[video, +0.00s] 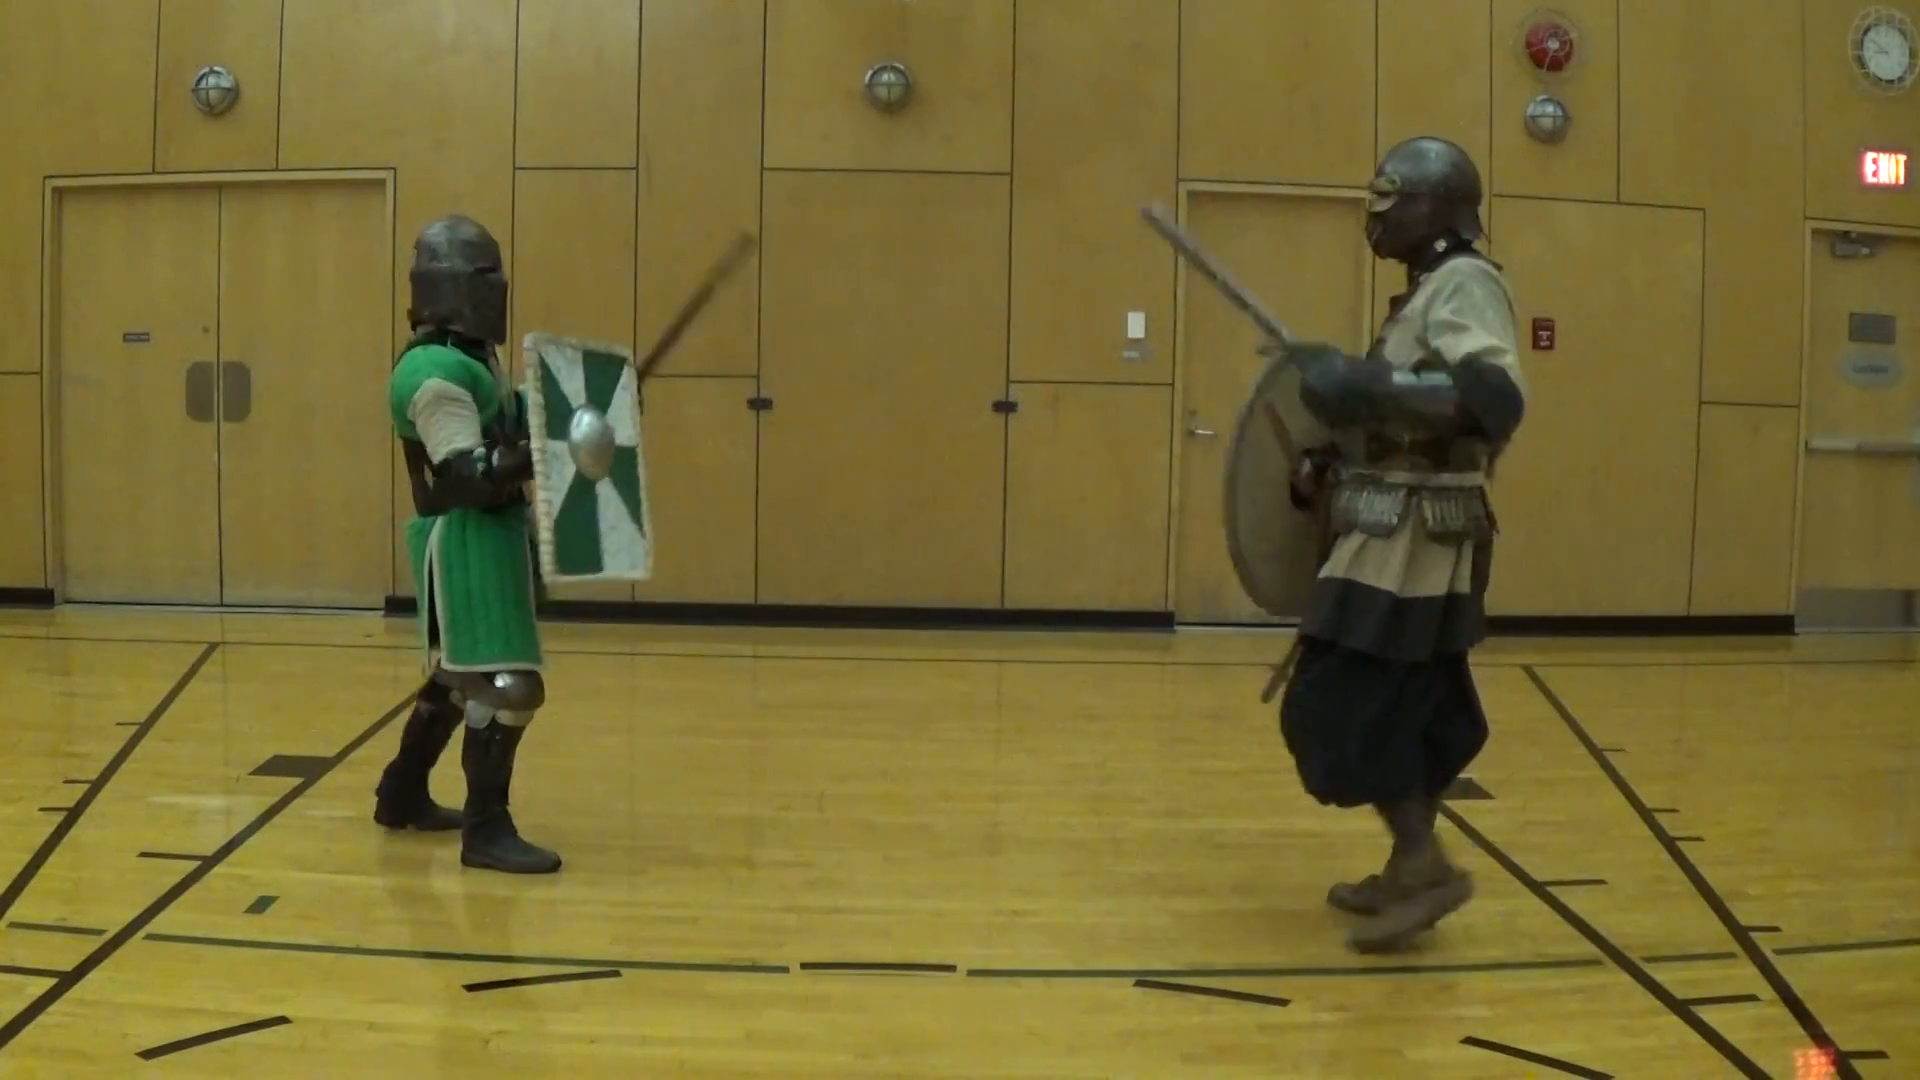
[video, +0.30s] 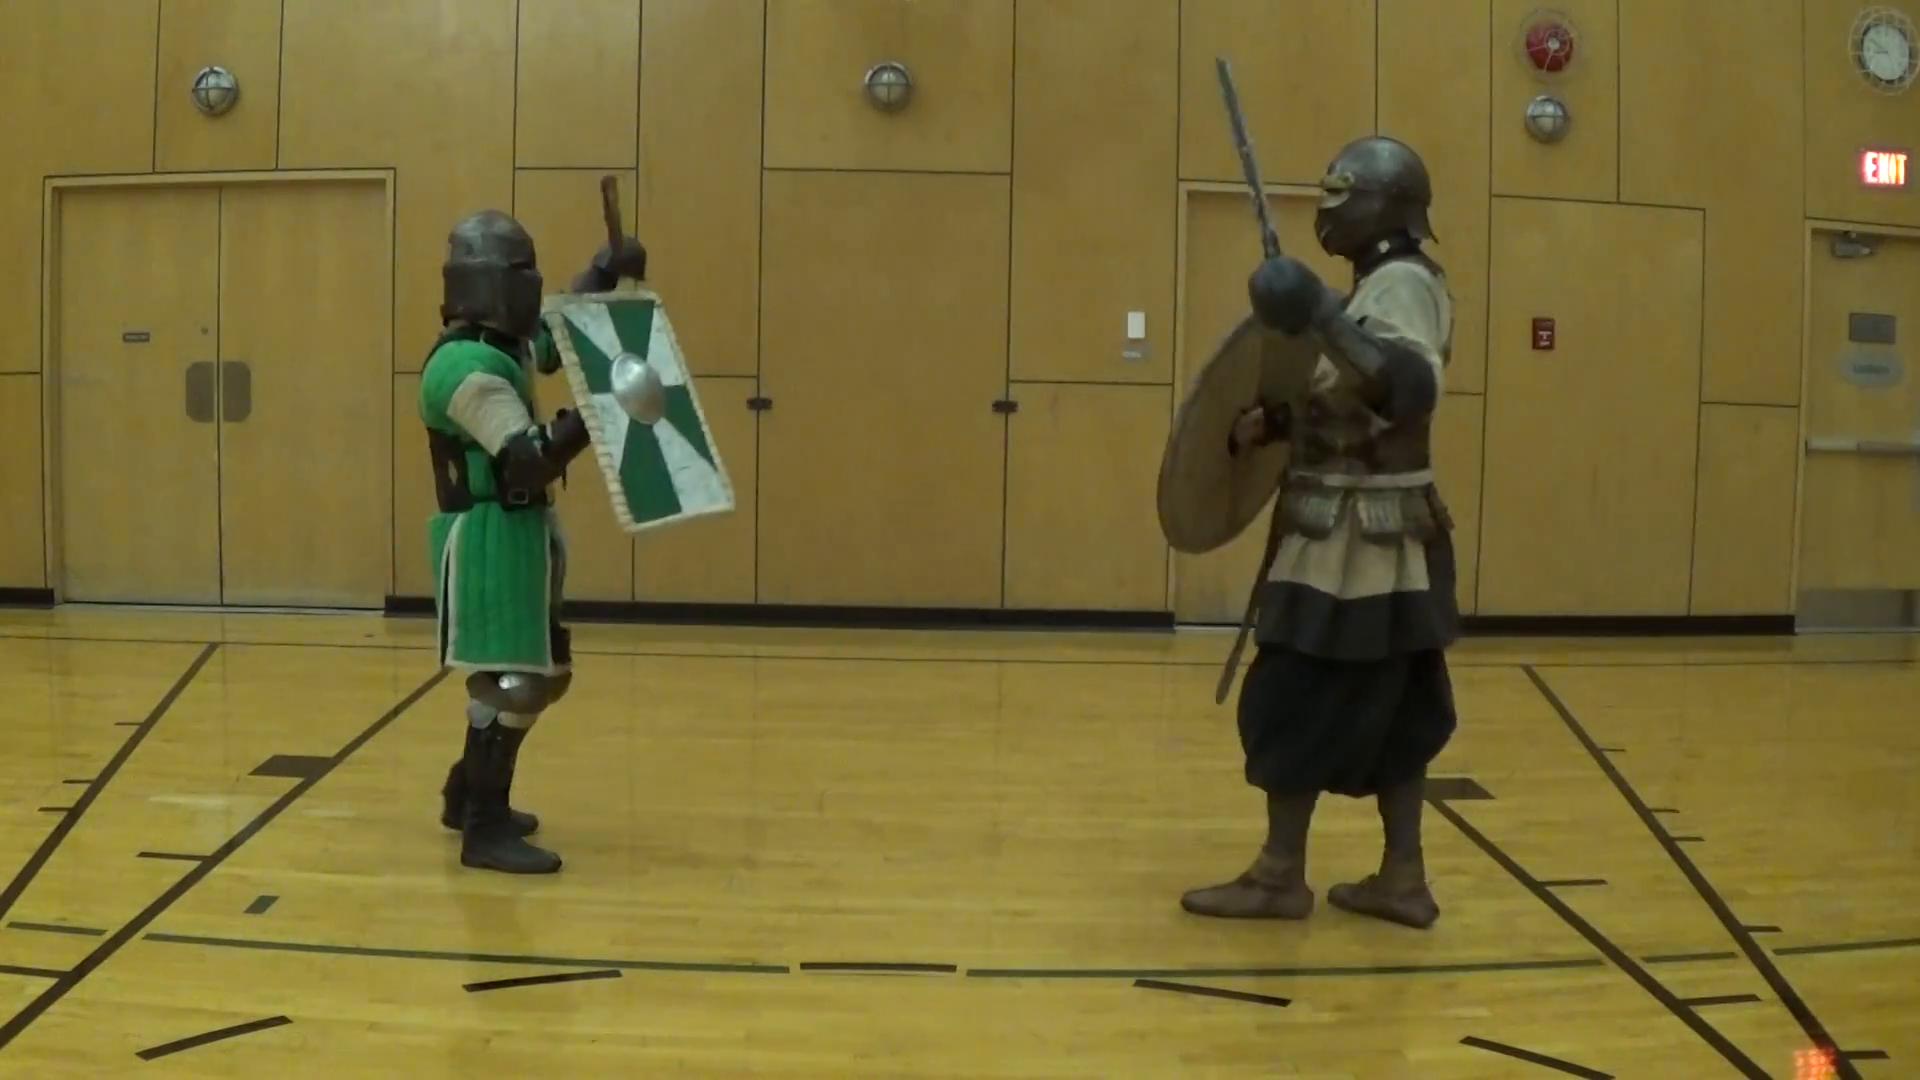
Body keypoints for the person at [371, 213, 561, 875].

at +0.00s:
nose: (498, 288)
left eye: (496, 276)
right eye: (484, 278)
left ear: (442, 294)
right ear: (448, 290)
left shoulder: (471, 361)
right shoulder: (433, 372)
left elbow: (506, 433)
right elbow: (466, 476)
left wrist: (551, 388)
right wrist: (549, 451)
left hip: (481, 530)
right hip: (465, 535)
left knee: (457, 673)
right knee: (507, 686)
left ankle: (403, 790)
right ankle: (488, 831)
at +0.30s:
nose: (532, 288)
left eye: (531, 275)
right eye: (522, 275)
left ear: (472, 285)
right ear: (491, 285)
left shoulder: (506, 352)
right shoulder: (464, 366)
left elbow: (566, 334)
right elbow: (527, 463)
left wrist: (601, 281)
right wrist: (597, 404)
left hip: (521, 528)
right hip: (489, 533)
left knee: (541, 671)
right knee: (515, 679)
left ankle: (468, 787)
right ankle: (487, 827)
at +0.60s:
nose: (575, 294)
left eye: (572, 281)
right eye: (562, 283)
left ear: (522, 296)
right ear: (523, 294)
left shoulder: (550, 360)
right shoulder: (501, 371)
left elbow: (621, 359)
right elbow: (557, 467)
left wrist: (652, 302)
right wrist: (619, 414)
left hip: (547, 531)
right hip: (517, 536)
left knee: (535, 672)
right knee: (587, 680)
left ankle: (473, 798)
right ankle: (543, 816)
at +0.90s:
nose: (659, 318)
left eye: (655, 306)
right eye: (649, 307)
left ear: (597, 316)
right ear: (621, 316)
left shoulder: (622, 376)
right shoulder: (589, 391)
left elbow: (687, 364)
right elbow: (643, 486)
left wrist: (721, 309)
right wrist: (707, 434)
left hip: (595, 556)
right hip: (609, 558)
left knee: (566, 689)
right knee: (671, 696)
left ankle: (477, 796)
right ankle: (689, 842)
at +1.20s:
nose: (779, 339)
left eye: (777, 329)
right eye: (771, 329)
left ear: (722, 333)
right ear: (744, 338)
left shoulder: (739, 394)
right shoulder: (716, 416)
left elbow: (785, 343)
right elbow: (786, 507)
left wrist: (822, 284)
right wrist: (860, 454)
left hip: (766, 565)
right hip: (732, 573)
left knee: (843, 669)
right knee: (774, 711)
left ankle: (757, 782)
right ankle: (700, 843)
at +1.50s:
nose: (922, 344)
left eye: (919, 335)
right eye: (914, 334)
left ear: (867, 336)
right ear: (892, 337)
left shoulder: (880, 394)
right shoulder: (861, 403)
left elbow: (923, 369)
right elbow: (916, 495)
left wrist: (960, 311)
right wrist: (995, 456)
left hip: (890, 556)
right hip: (861, 561)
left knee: (969, 672)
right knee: (952, 678)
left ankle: (903, 788)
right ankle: (879, 794)